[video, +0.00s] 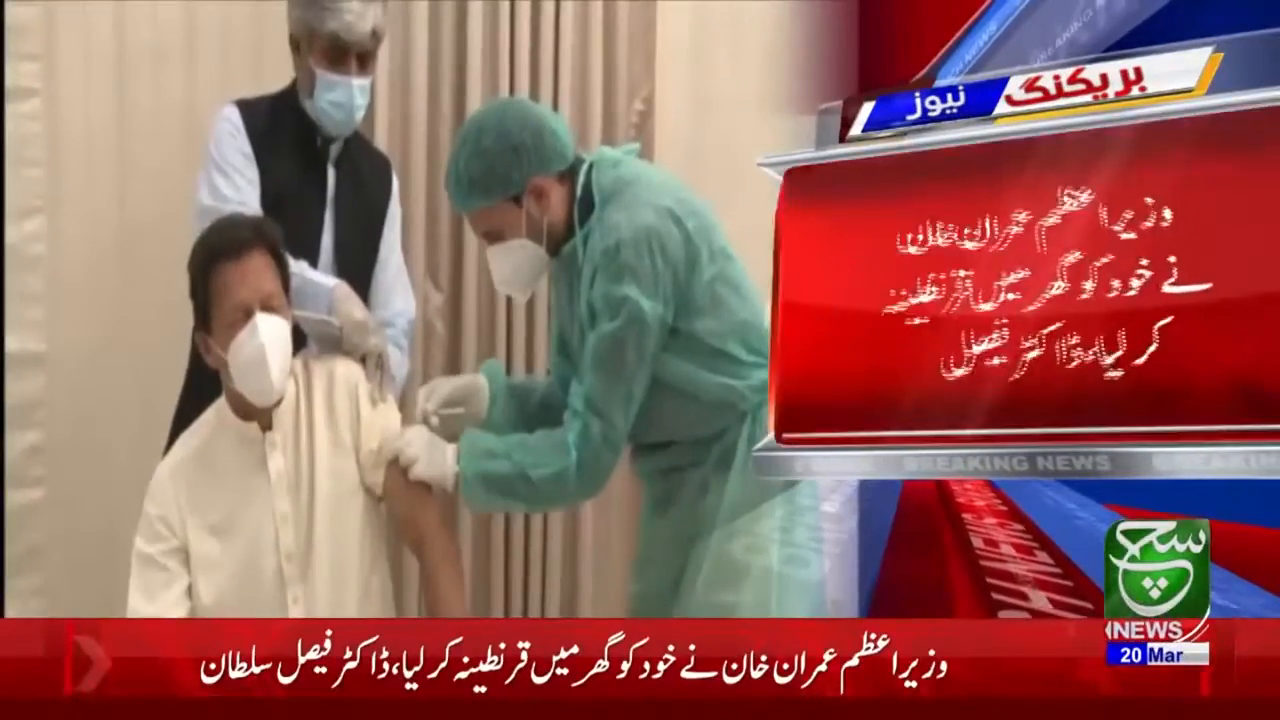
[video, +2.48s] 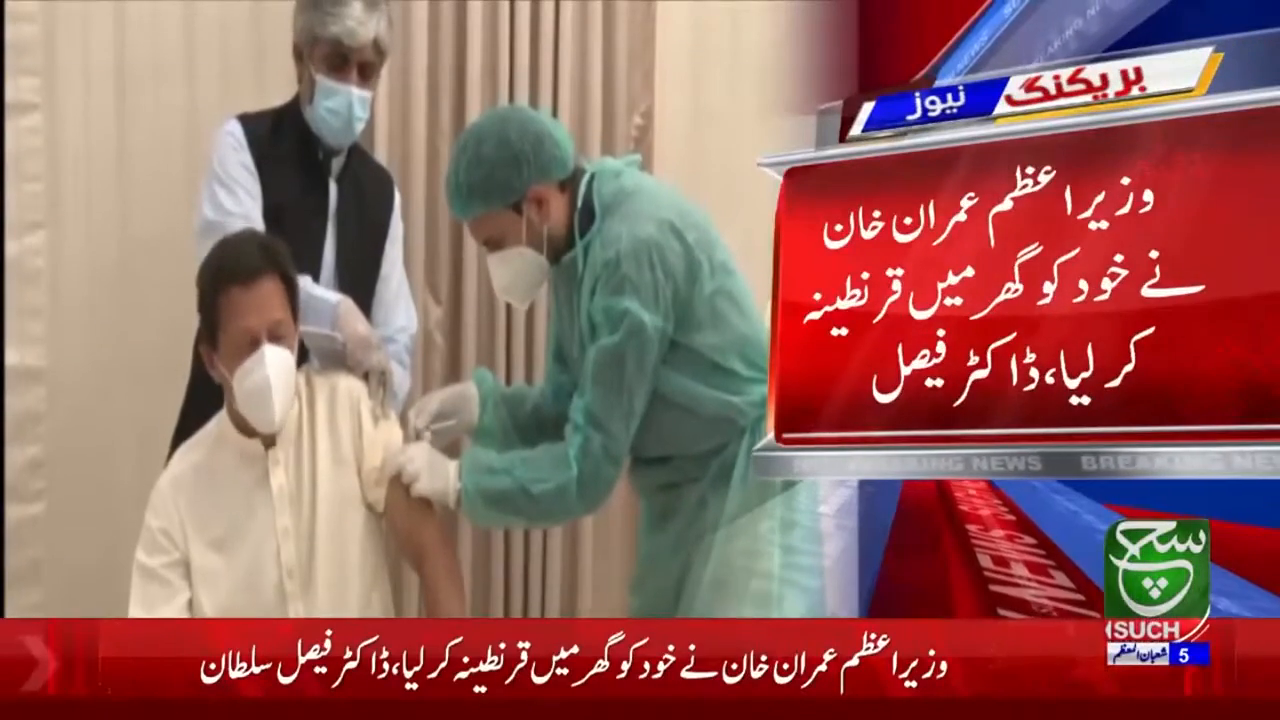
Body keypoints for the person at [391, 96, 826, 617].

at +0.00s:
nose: (493, 254)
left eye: (495, 236)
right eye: (484, 239)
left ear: (541, 195)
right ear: (542, 194)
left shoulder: (633, 231)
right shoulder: (582, 229)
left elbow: (587, 454)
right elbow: (575, 401)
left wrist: (458, 462)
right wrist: (488, 400)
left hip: (749, 461)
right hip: (678, 468)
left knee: (732, 656)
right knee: (654, 653)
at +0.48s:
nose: (492, 253)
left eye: (495, 236)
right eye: (484, 239)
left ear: (542, 197)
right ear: (543, 196)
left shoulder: (634, 230)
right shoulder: (581, 228)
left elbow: (589, 454)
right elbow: (573, 398)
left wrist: (460, 464)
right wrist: (489, 398)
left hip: (750, 463)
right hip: (677, 470)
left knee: (730, 659)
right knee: (654, 655)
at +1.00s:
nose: (496, 256)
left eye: (498, 239)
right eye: (488, 242)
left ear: (545, 200)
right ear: (545, 200)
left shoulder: (635, 234)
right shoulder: (581, 231)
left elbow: (591, 457)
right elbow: (571, 400)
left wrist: (460, 469)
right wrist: (486, 399)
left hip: (750, 471)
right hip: (678, 477)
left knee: (728, 663)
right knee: (654, 660)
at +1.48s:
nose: (497, 257)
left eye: (499, 240)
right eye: (488, 243)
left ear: (544, 200)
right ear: (545, 200)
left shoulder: (635, 235)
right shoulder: (582, 232)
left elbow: (591, 460)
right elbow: (570, 402)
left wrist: (461, 472)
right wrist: (487, 402)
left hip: (749, 472)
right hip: (678, 479)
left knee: (730, 663)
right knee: (654, 661)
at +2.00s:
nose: (496, 258)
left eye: (497, 241)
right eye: (487, 245)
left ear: (543, 202)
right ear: (544, 201)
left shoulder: (633, 239)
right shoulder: (582, 234)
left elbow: (589, 464)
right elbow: (566, 404)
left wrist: (457, 474)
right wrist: (482, 405)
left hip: (747, 475)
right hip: (677, 480)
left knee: (734, 664)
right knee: (656, 661)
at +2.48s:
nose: (495, 262)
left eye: (497, 245)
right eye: (486, 249)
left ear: (542, 205)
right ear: (543, 205)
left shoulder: (633, 243)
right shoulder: (580, 239)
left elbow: (589, 469)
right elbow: (566, 410)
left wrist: (458, 480)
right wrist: (481, 409)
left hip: (748, 477)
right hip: (676, 483)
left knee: (738, 666)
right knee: (658, 664)